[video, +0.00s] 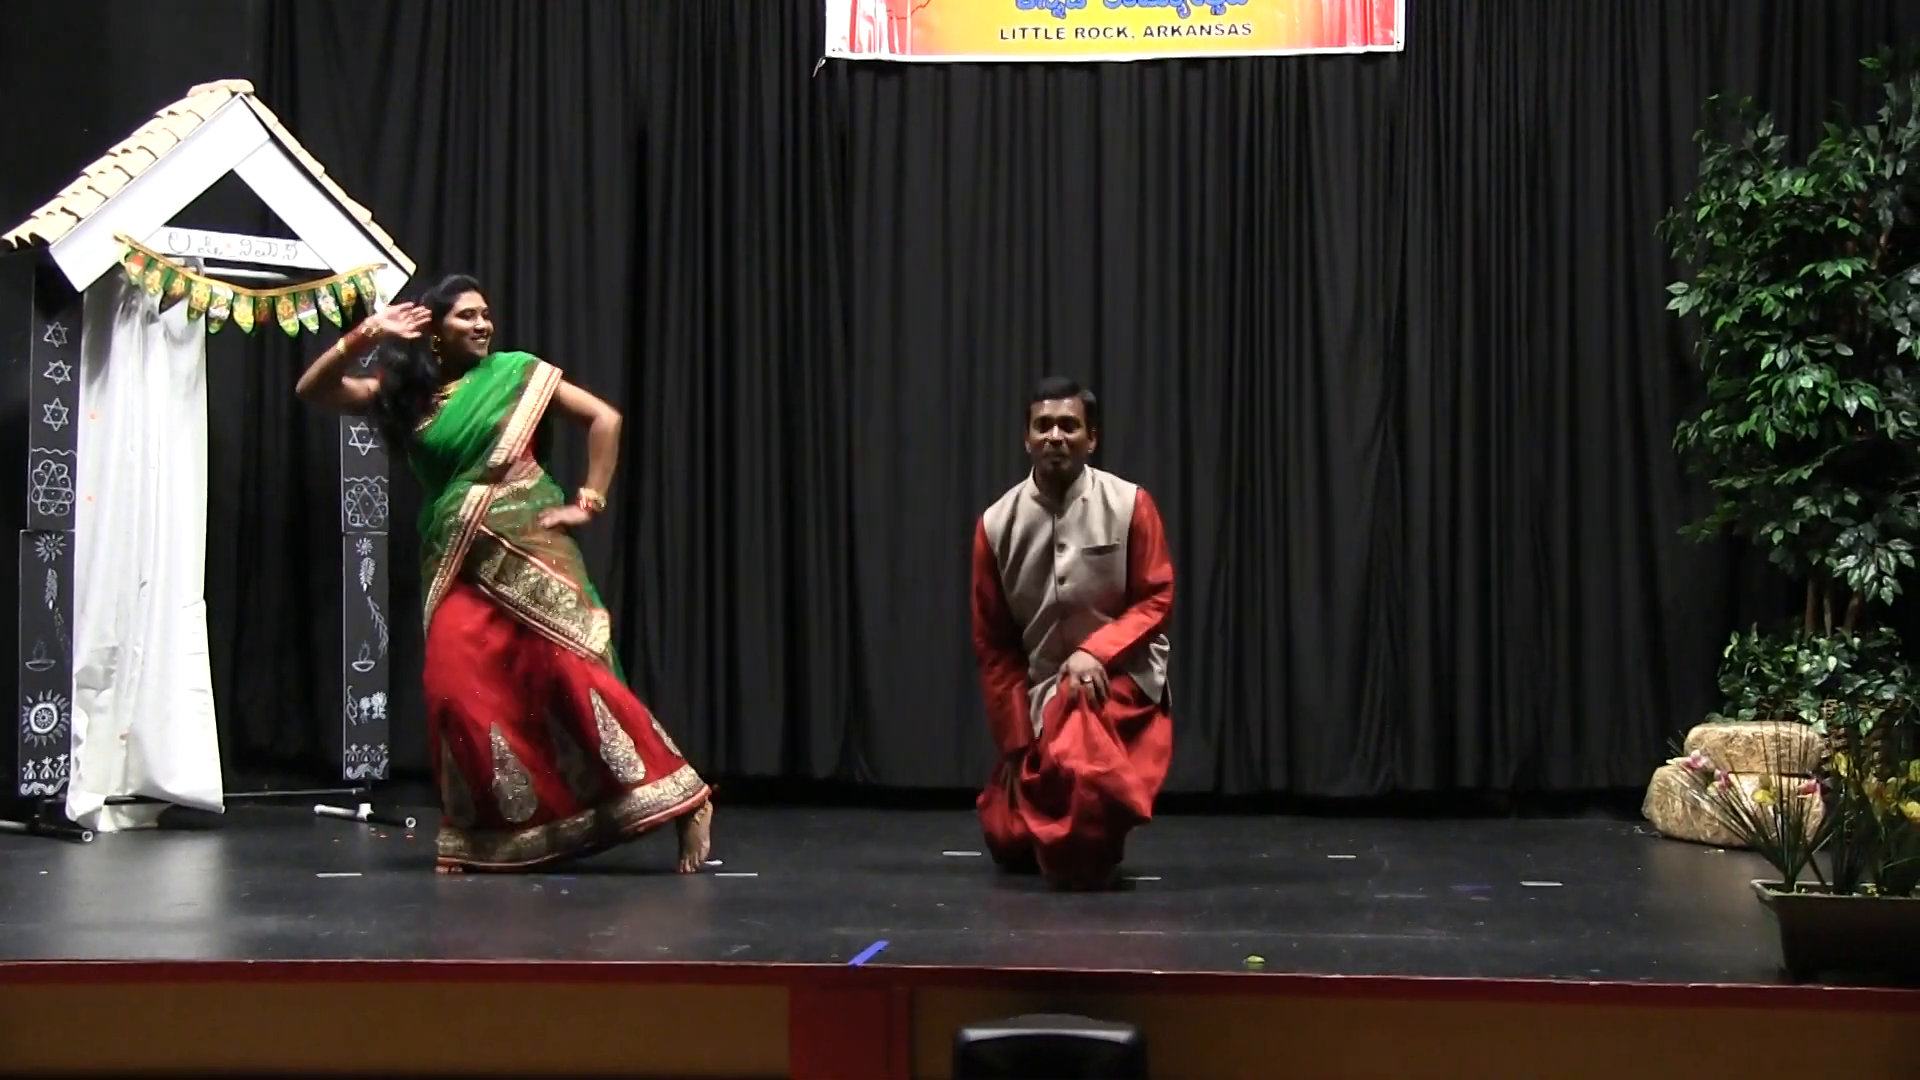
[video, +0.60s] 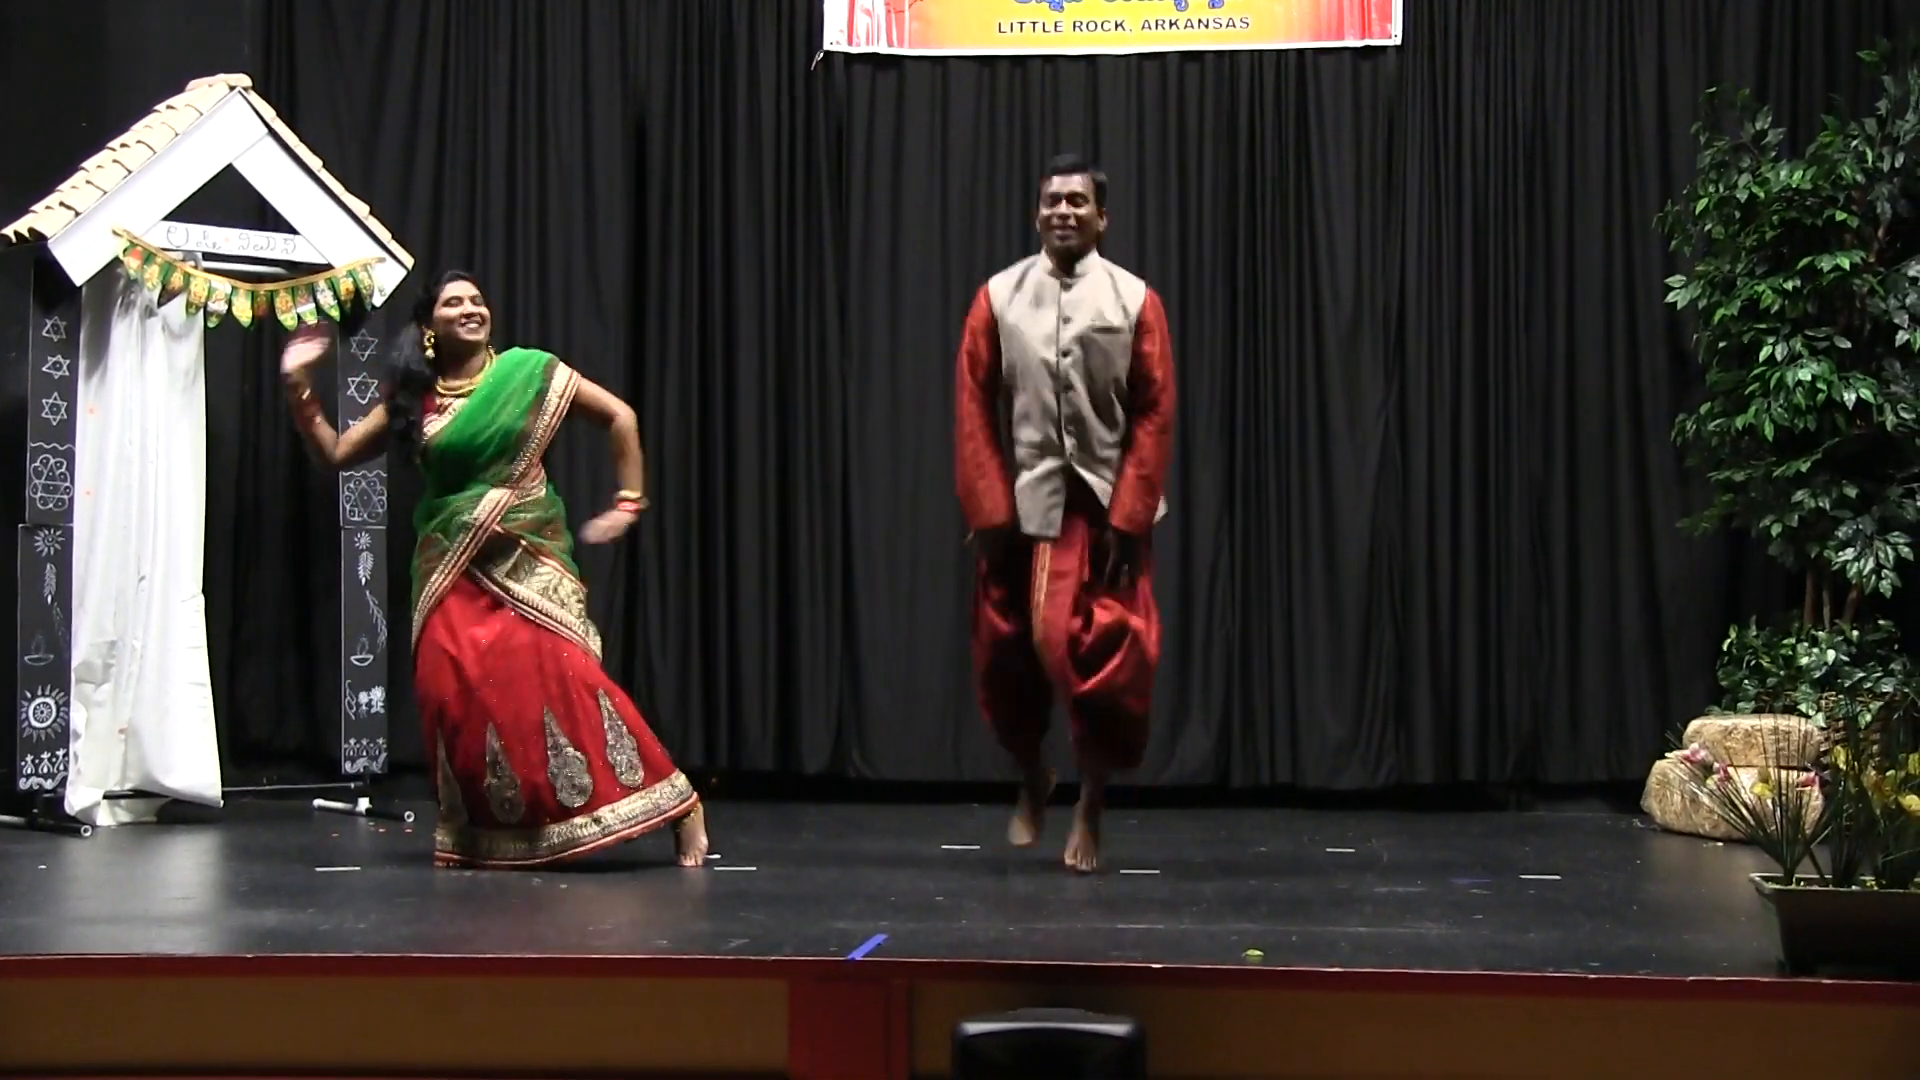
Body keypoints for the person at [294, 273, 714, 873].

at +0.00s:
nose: (483, 324)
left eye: (486, 315)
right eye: (468, 316)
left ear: (491, 321)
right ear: (433, 327)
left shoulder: (516, 372)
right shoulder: (407, 392)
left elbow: (604, 418)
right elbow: (312, 391)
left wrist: (589, 500)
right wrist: (359, 338)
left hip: (536, 548)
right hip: (461, 560)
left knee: (570, 673)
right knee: (448, 685)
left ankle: (687, 800)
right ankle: (478, 833)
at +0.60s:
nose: (470, 310)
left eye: (477, 302)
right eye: (454, 303)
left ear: (491, 317)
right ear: (430, 323)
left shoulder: (528, 369)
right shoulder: (415, 393)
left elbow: (620, 415)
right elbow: (335, 451)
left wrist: (630, 499)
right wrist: (297, 389)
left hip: (531, 550)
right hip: (450, 557)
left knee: (569, 678)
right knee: (443, 687)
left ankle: (682, 803)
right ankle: (458, 828)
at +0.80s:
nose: (464, 300)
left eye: (476, 294)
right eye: (451, 296)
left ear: (497, 317)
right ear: (436, 322)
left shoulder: (530, 370)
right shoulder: (412, 389)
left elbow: (611, 436)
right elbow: (346, 463)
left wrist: (651, 518)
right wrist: (270, 490)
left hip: (533, 550)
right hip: (452, 560)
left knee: (584, 677)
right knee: (447, 686)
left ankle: (688, 802)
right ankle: (463, 828)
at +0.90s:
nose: (462, 302)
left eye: (474, 294)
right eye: (451, 294)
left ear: (497, 311)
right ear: (436, 312)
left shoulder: (527, 374)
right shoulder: (414, 382)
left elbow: (572, 456)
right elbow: (372, 468)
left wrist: (556, 539)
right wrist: (362, 517)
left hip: (525, 551)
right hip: (447, 557)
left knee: (581, 674)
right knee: (445, 678)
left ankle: (684, 800)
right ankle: (457, 821)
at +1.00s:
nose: (463, 305)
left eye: (475, 297)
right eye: (453, 297)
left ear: (499, 315)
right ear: (437, 315)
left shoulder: (528, 376)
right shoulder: (420, 384)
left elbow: (522, 446)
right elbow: (389, 453)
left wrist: (452, 422)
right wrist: (418, 430)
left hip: (524, 547)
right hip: (447, 555)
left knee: (583, 664)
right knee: (444, 682)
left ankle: (671, 797)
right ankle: (463, 822)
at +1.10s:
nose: (467, 296)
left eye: (479, 288)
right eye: (457, 288)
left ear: (500, 307)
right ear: (444, 307)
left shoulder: (517, 373)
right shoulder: (426, 376)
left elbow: (542, 380)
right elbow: (389, 370)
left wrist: (515, 308)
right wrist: (379, 318)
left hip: (522, 539)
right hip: (445, 546)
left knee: (570, 660)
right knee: (447, 682)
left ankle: (624, 802)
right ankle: (477, 827)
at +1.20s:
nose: (470, 274)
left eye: (485, 267)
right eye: (462, 267)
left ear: (514, 289)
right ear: (454, 287)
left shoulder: (533, 346)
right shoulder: (429, 341)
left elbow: (599, 325)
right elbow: (346, 321)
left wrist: (581, 249)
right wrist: (330, 248)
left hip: (519, 518)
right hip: (444, 525)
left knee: (537, 641)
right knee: (449, 665)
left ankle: (553, 808)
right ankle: (469, 825)